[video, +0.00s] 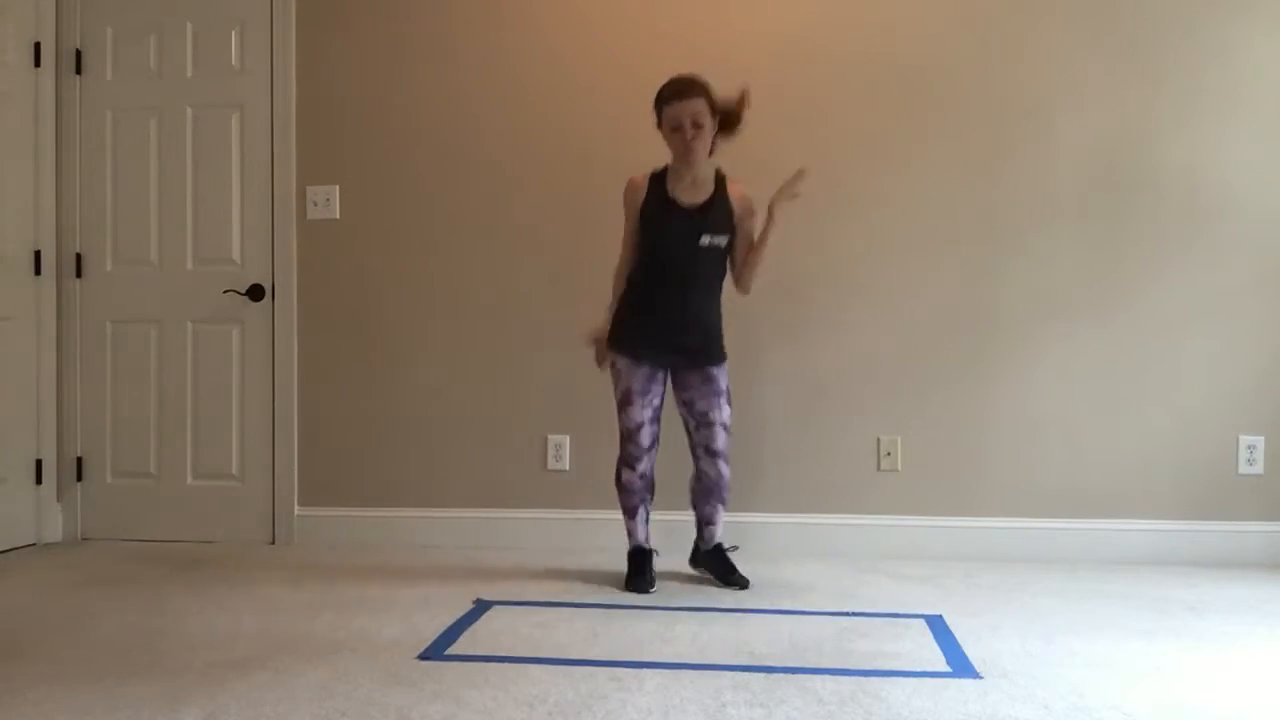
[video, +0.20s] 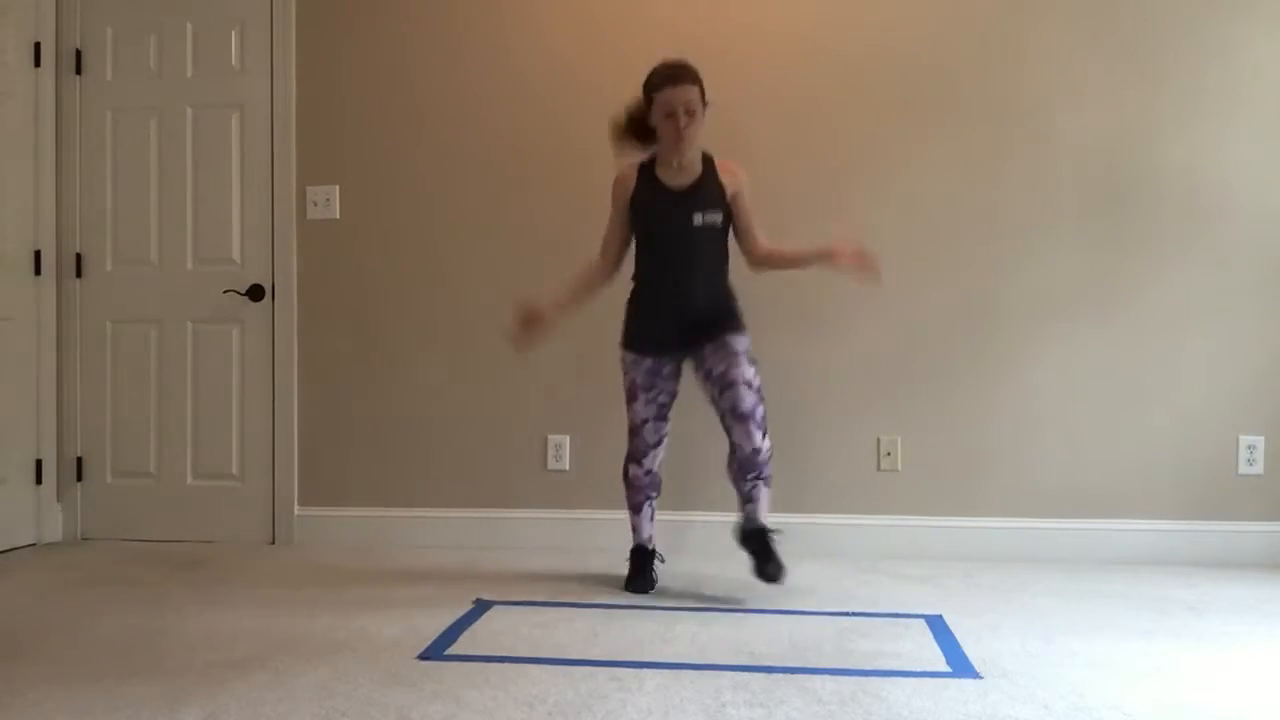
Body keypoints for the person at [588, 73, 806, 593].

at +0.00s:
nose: (687, 135)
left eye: (697, 124)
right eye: (676, 126)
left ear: (714, 127)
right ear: (662, 133)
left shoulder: (734, 199)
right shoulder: (642, 190)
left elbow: (743, 280)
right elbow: (627, 263)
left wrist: (771, 214)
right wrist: (609, 324)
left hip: (700, 342)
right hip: (638, 338)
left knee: (714, 449)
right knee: (637, 450)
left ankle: (709, 546)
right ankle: (639, 550)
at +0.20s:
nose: (681, 122)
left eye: (690, 111)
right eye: (669, 112)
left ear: (704, 113)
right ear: (651, 118)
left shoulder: (725, 177)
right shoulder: (631, 181)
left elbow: (758, 254)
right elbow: (607, 264)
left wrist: (828, 255)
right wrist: (549, 309)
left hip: (716, 325)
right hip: (651, 330)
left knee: (751, 429)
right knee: (645, 445)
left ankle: (754, 525)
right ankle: (643, 549)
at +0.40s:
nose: (702, 125)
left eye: (712, 114)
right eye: (690, 114)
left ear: (724, 118)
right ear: (667, 118)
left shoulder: (738, 180)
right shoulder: (638, 182)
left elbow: (761, 260)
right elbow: (592, 247)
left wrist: (781, 333)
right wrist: (576, 173)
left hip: (747, 324)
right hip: (683, 332)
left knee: (766, 447)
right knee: (674, 438)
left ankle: (798, 582)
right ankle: (682, 548)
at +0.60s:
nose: (702, 110)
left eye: (714, 99)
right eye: (693, 100)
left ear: (738, 105)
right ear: (681, 106)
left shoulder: (757, 180)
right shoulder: (658, 180)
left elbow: (787, 271)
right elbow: (600, 242)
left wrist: (839, 340)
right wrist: (548, 195)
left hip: (746, 340)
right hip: (676, 341)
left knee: (766, 463)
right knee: (636, 452)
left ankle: (804, 591)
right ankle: (654, 527)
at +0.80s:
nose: (684, 87)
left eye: (696, 75)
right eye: (674, 77)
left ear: (722, 82)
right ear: (664, 85)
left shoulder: (738, 156)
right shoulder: (640, 152)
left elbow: (767, 242)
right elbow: (592, 229)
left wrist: (818, 198)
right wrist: (535, 281)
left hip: (703, 319)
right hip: (629, 314)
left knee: (735, 450)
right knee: (588, 437)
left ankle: (782, 583)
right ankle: (579, 556)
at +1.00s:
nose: (650, 130)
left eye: (661, 120)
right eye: (638, 120)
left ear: (680, 128)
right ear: (623, 129)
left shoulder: (698, 203)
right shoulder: (600, 196)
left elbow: (718, 277)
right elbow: (569, 278)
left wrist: (751, 209)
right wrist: (529, 350)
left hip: (658, 357)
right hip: (587, 351)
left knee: (710, 469)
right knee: (567, 469)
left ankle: (759, 592)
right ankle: (552, 593)